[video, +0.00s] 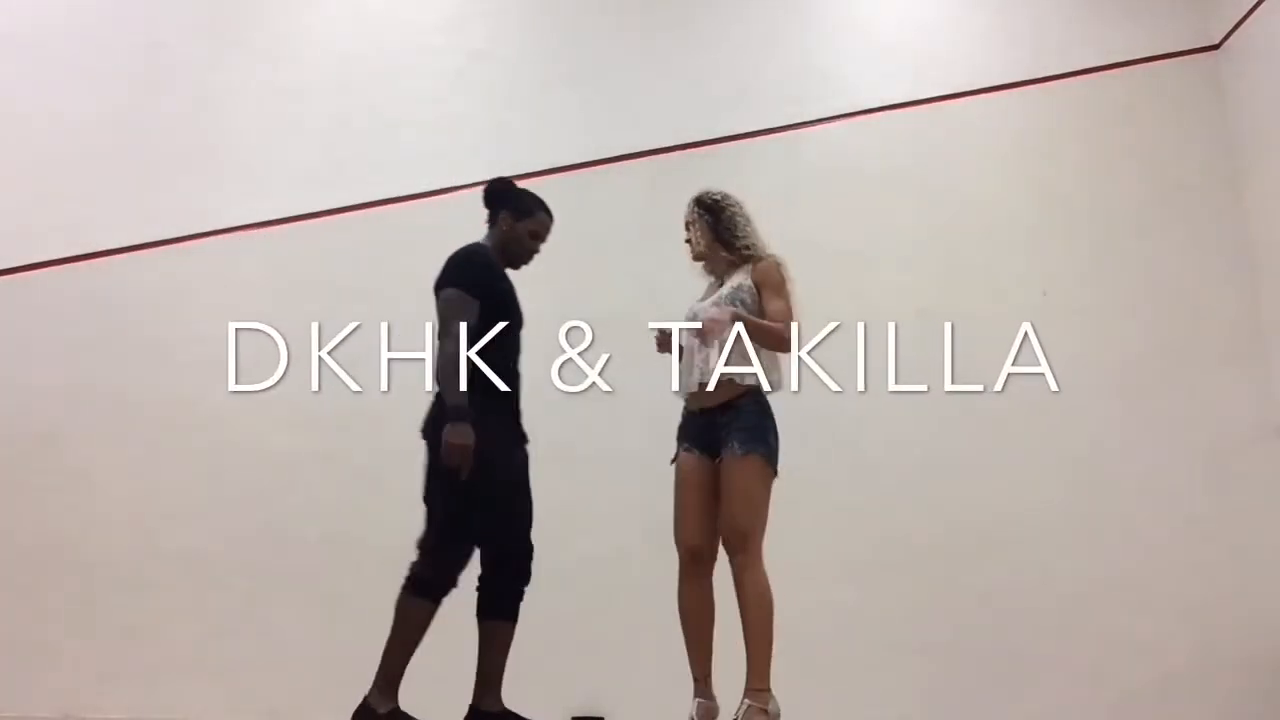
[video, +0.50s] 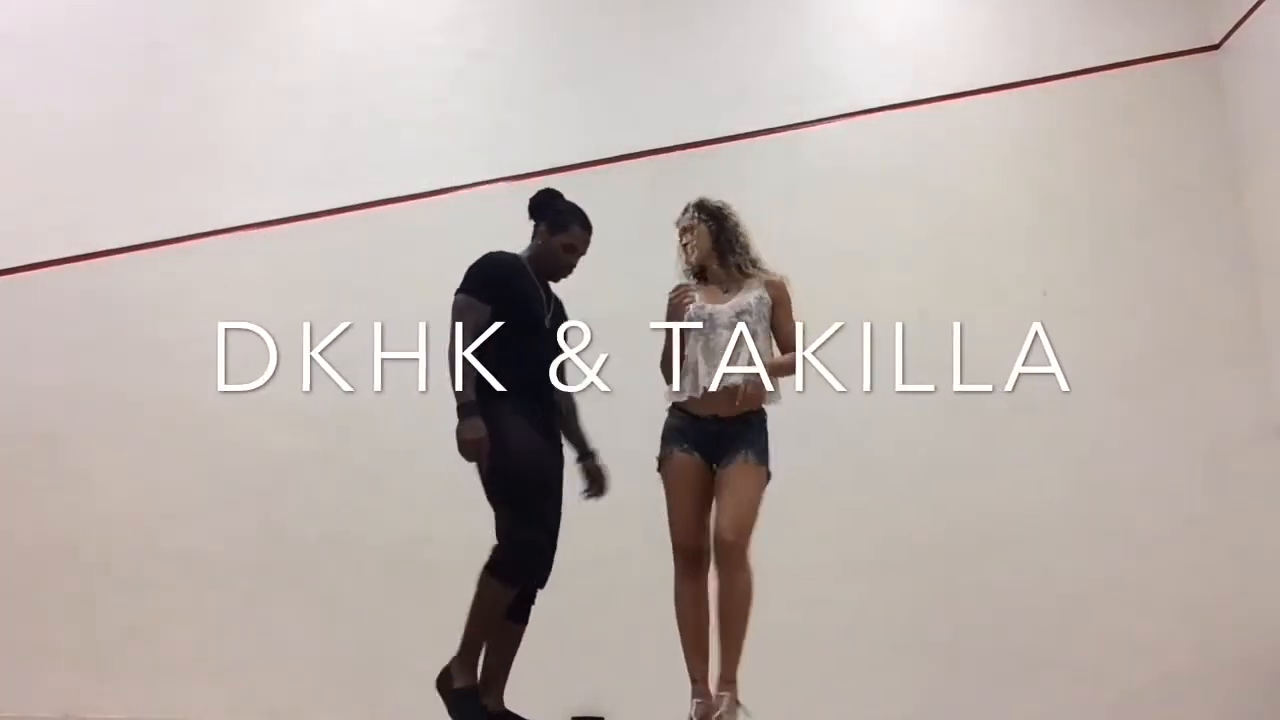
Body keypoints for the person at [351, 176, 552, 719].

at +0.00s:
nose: (537, 249)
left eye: (541, 241)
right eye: (535, 236)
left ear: (514, 227)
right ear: (504, 221)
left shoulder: (494, 278)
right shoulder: (470, 263)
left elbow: (489, 364)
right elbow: (452, 343)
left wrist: (507, 433)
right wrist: (456, 416)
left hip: (500, 438)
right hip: (469, 432)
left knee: (510, 564)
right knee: (441, 559)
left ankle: (488, 700)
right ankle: (381, 698)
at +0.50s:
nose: (575, 261)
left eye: (581, 253)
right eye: (570, 249)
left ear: (575, 248)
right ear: (541, 233)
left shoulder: (553, 308)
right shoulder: (498, 269)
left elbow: (557, 387)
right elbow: (460, 341)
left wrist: (585, 453)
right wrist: (467, 413)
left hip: (541, 439)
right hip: (503, 431)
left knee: (533, 563)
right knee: (519, 546)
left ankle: (491, 696)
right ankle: (461, 671)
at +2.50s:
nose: (506, 211)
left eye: (518, 206)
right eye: (497, 204)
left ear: (533, 222)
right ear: (482, 218)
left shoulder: (561, 278)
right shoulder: (464, 291)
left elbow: (602, 355)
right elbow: (455, 376)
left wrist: (604, 435)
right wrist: (436, 455)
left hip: (564, 446)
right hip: (499, 445)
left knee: (569, 581)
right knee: (464, 576)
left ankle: (560, 707)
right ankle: (440, 703)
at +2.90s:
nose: (475, 215)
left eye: (487, 212)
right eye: (466, 209)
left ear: (500, 234)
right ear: (450, 227)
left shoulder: (521, 291)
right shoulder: (425, 295)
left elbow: (549, 376)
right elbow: (411, 368)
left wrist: (542, 449)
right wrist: (418, 424)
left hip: (509, 444)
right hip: (451, 444)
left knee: (486, 559)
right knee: (436, 569)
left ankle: (527, 691)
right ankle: (437, 704)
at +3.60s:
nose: (499, 211)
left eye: (510, 207)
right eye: (490, 207)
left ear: (526, 230)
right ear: (477, 228)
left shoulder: (542, 303)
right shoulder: (450, 273)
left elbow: (549, 382)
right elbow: (397, 345)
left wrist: (502, 365)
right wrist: (369, 421)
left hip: (509, 449)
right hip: (448, 446)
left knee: (503, 574)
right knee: (447, 565)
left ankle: (465, 703)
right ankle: (423, 682)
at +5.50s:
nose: (520, 204)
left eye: (531, 197)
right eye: (511, 196)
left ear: (546, 208)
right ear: (496, 206)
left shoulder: (572, 276)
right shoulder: (464, 268)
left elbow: (589, 344)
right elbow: (441, 348)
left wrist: (592, 353)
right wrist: (422, 405)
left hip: (549, 438)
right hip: (481, 434)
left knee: (534, 573)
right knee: (467, 553)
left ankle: (514, 703)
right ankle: (474, 671)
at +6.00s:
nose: (481, 233)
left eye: (491, 224)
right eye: (473, 225)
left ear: (512, 221)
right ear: (464, 227)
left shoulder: (546, 275)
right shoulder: (454, 291)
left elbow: (570, 360)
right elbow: (444, 367)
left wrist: (560, 431)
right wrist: (419, 423)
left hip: (518, 444)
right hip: (458, 446)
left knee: (507, 565)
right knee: (459, 573)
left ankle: (507, 692)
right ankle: (471, 702)